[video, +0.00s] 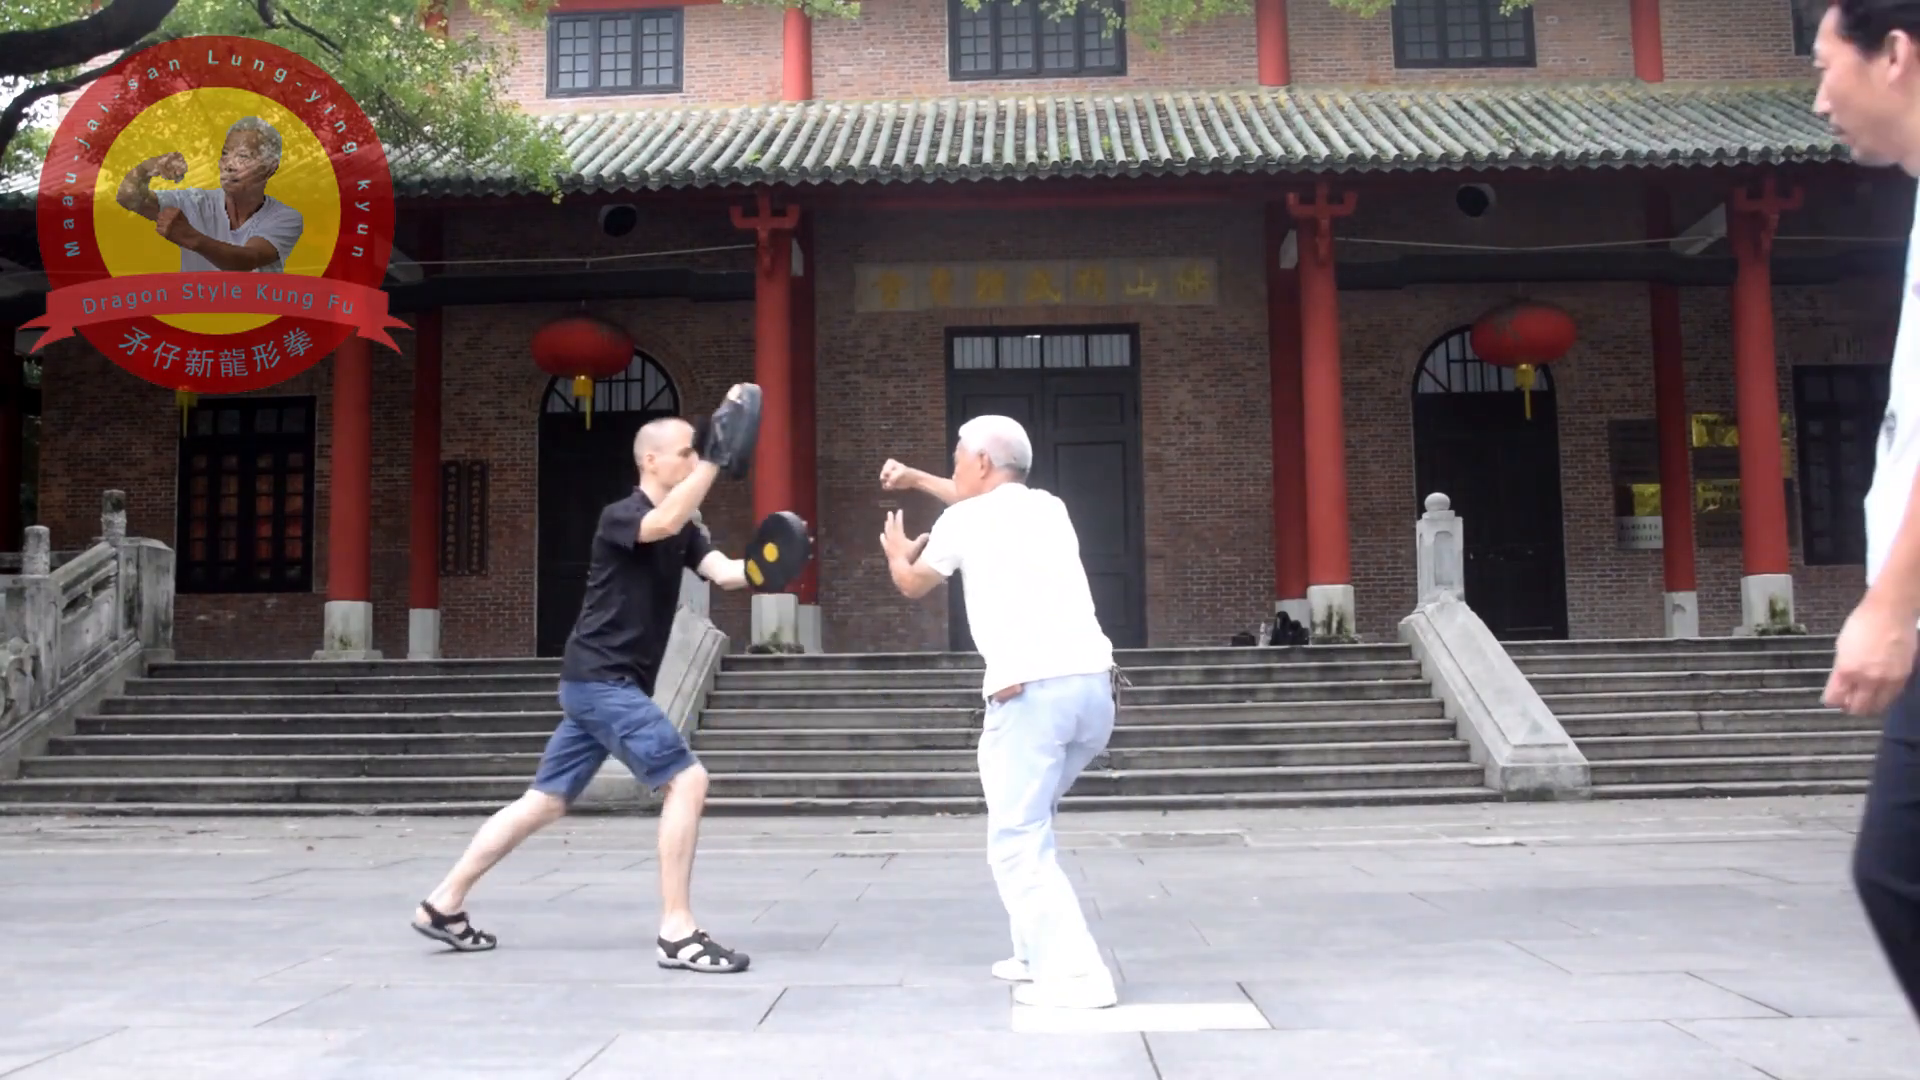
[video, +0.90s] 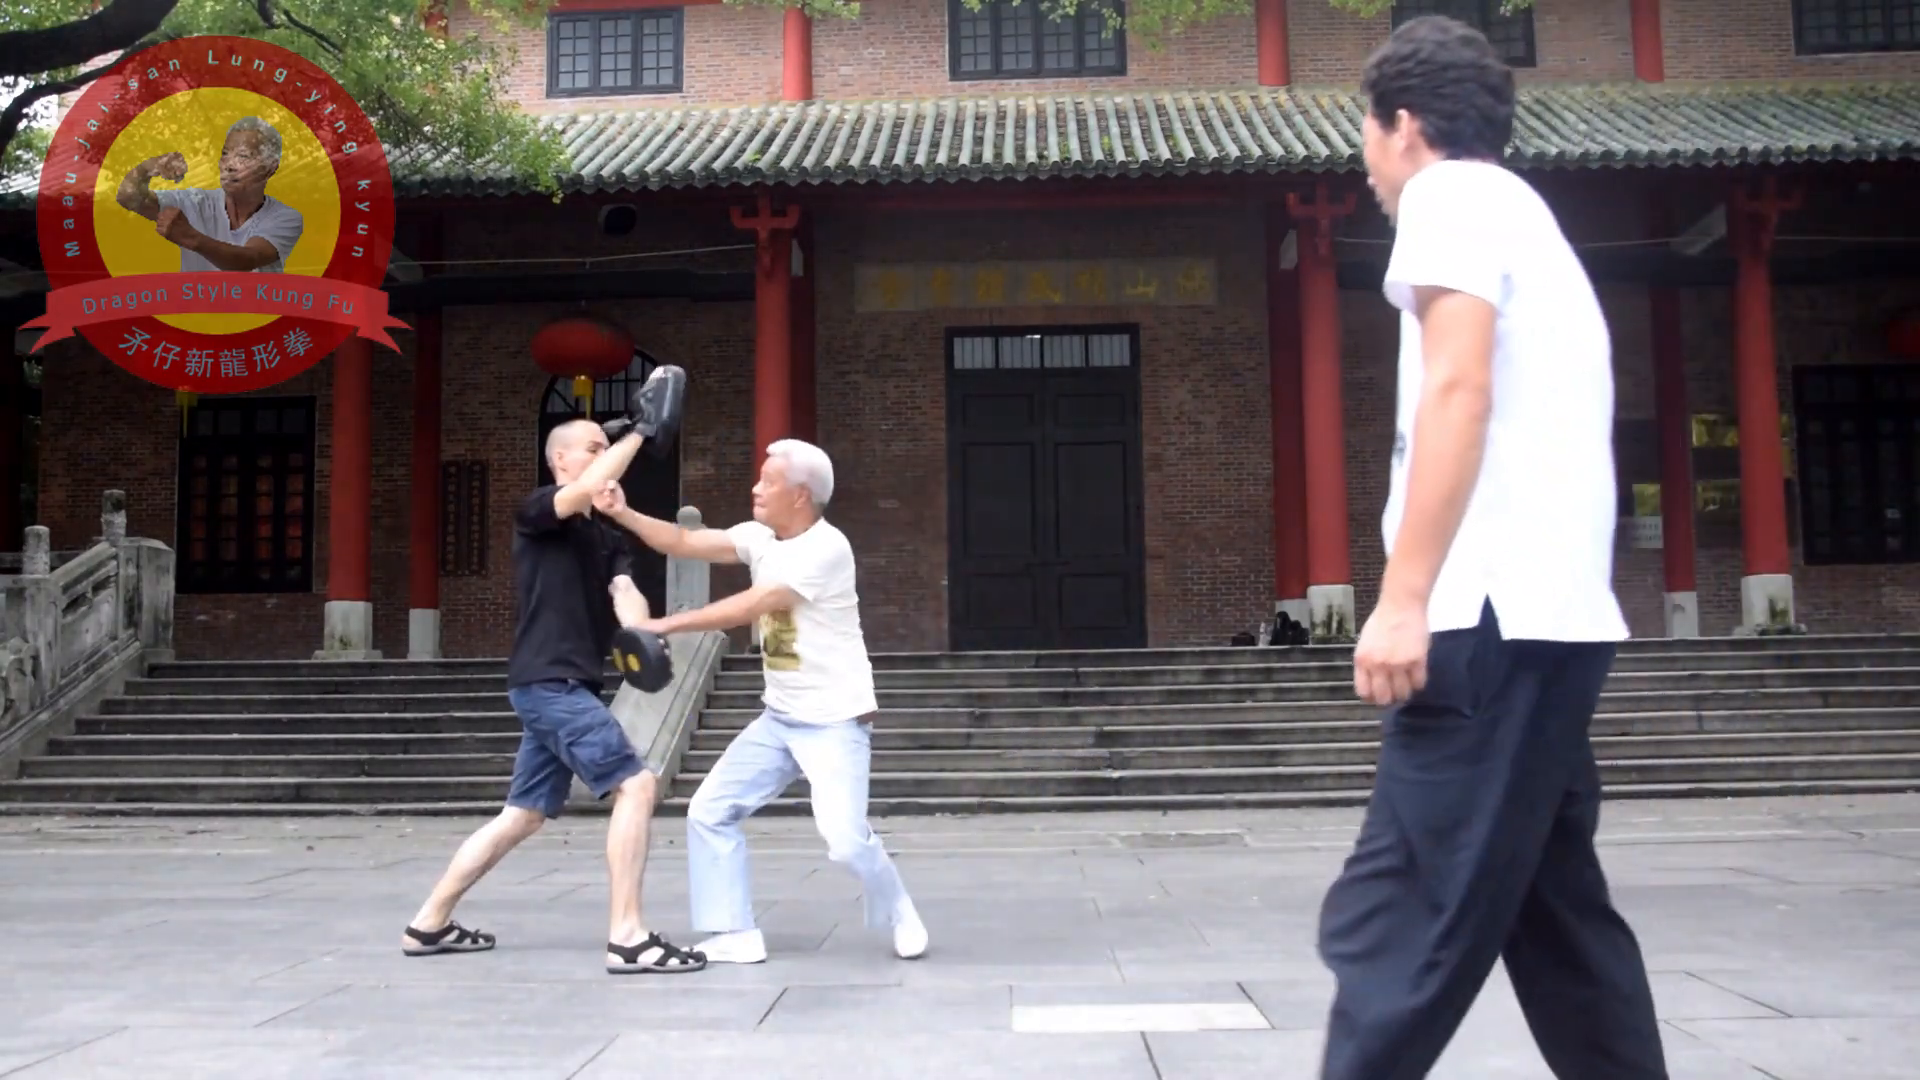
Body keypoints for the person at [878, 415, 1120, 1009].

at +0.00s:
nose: (953, 468)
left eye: (957, 457)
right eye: (955, 457)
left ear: (982, 463)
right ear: (1015, 465)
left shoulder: (967, 517)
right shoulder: (1052, 507)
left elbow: (913, 583)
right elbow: (979, 500)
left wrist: (895, 552)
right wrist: (918, 479)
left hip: (1027, 698)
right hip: (1096, 693)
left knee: (1016, 844)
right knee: (1029, 822)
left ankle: (1077, 977)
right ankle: (1036, 952)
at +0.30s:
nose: (923, 472)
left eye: (927, 462)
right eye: (925, 461)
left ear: (948, 471)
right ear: (983, 476)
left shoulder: (923, 525)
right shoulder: (1019, 518)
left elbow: (885, 601)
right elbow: (946, 511)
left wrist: (870, 575)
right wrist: (882, 491)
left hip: (985, 705)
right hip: (1049, 700)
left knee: (990, 857)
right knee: (994, 828)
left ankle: (1077, 970)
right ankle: (1003, 950)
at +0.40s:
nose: (905, 478)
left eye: (910, 469)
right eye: (909, 468)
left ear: (929, 476)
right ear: (963, 482)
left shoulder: (902, 530)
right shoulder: (1003, 526)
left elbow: (874, 605)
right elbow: (947, 535)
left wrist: (901, 539)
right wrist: (880, 524)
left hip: (951, 716)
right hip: (1011, 712)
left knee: (977, 863)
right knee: (901, 800)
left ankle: (1073, 967)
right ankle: (894, 940)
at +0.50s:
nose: (869, 488)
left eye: (874, 478)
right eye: (871, 477)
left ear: (896, 486)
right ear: (924, 490)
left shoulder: (869, 533)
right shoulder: (969, 535)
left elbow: (803, 566)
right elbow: (989, 513)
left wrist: (798, 539)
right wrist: (938, 500)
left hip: (912, 725)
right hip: (962, 722)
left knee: (960, 859)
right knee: (844, 793)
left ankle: (1068, 964)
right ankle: (786, 911)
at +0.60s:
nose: (829, 489)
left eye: (837, 479)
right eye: (833, 479)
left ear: (863, 491)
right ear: (880, 493)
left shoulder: (832, 542)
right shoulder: (925, 544)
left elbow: (754, 574)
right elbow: (966, 509)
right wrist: (952, 450)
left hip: (869, 731)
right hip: (901, 724)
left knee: (930, 842)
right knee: (791, 810)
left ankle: (1043, 940)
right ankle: (748, 927)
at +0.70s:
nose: (789, 501)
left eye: (797, 493)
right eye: (791, 491)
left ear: (832, 505)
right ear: (839, 506)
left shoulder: (833, 562)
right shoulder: (855, 546)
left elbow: (758, 627)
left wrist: (692, 608)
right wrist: (862, 463)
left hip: (847, 729)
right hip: (829, 727)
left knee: (885, 836)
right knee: (740, 807)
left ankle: (1004, 931)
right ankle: (741, 933)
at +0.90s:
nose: (755, 489)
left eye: (765, 481)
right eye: (758, 479)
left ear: (800, 495)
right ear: (788, 492)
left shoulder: (827, 548)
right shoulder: (760, 537)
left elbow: (754, 605)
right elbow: (684, 542)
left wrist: (660, 626)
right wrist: (623, 513)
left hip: (835, 721)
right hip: (780, 718)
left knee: (846, 841)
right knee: (709, 811)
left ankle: (899, 910)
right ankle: (737, 935)